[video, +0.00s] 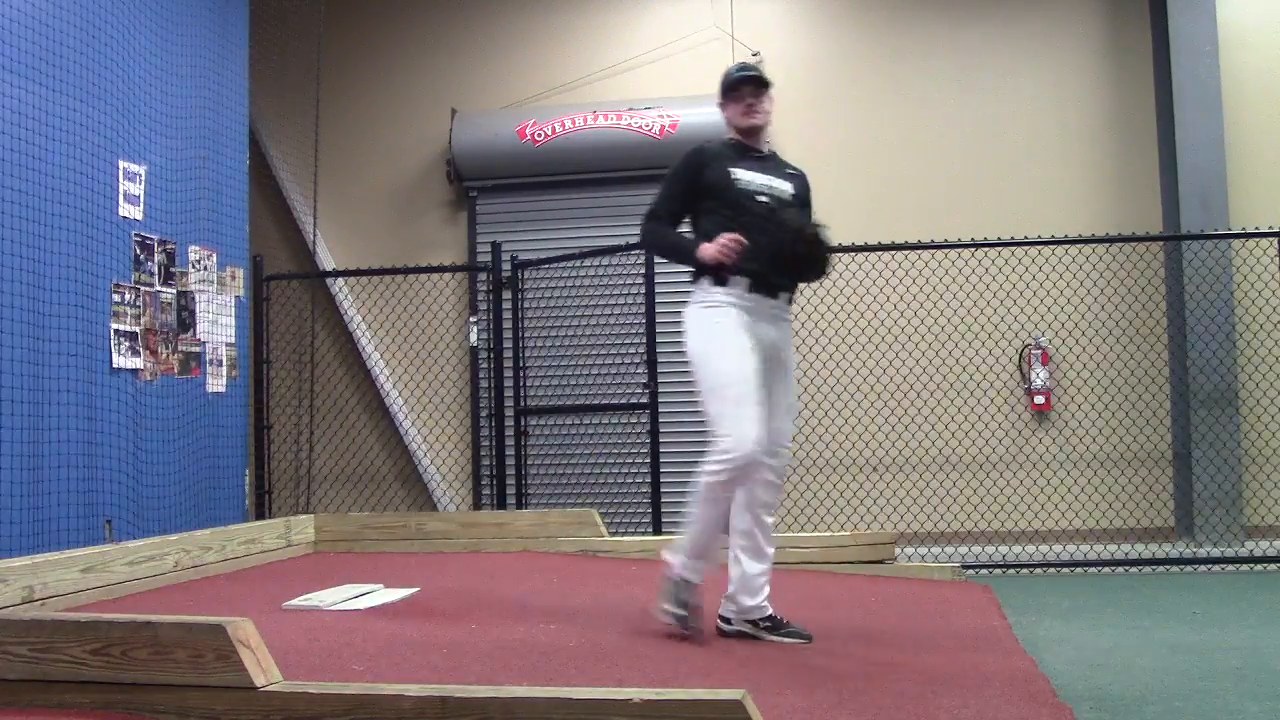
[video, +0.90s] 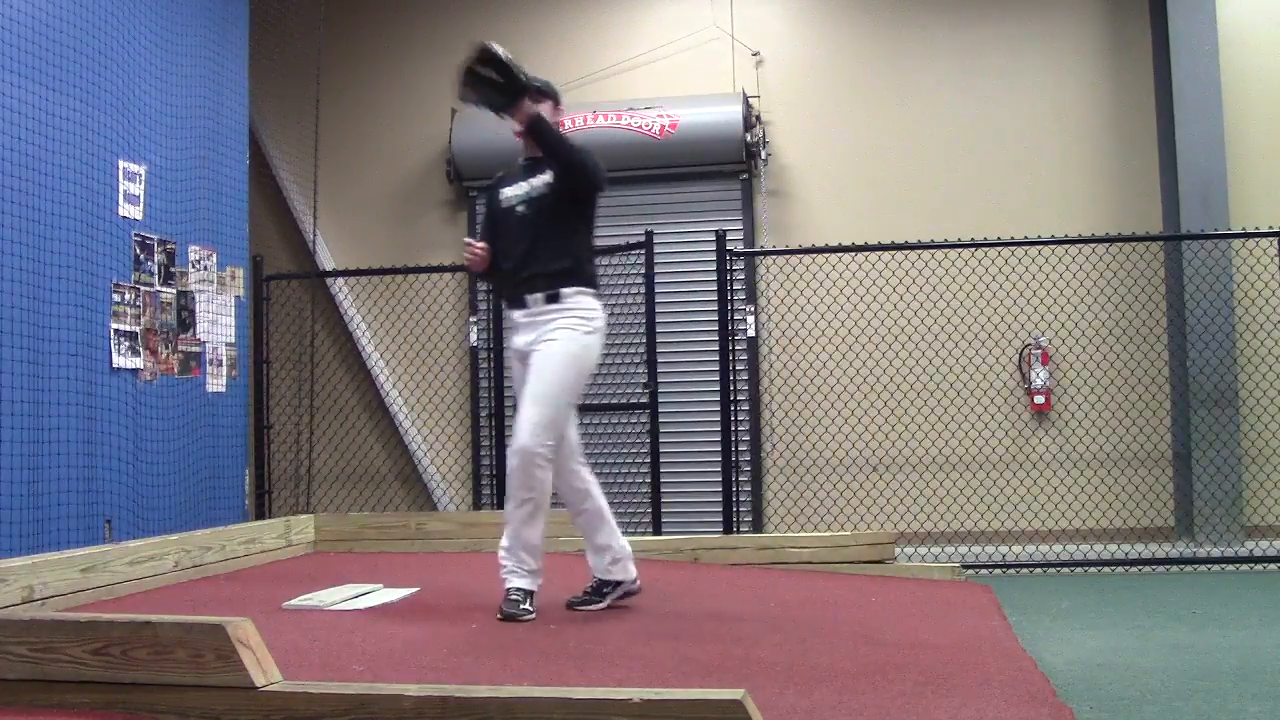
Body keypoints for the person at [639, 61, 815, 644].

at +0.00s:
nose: (751, 105)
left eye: (758, 96)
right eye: (740, 98)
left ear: (772, 104)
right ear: (723, 108)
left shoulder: (793, 179)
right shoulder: (703, 159)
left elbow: (810, 263)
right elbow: (653, 231)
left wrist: (807, 251)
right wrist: (699, 250)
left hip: (775, 319)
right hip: (719, 309)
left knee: (770, 460)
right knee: (740, 445)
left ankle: (746, 606)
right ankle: (683, 575)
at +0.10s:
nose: (725, 111)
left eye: (733, 102)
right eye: (715, 105)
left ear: (750, 108)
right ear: (702, 114)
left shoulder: (777, 181)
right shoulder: (681, 165)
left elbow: (801, 263)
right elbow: (639, 241)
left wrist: (768, 249)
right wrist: (692, 249)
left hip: (758, 327)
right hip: (694, 321)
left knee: (755, 465)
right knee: (680, 455)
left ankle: (744, 606)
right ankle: (636, 559)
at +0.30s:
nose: (666, 119)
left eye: (675, 110)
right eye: (657, 112)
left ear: (695, 119)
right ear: (646, 123)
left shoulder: (727, 186)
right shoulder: (626, 183)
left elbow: (752, 267)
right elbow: (592, 258)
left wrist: (708, 252)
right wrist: (629, 246)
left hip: (702, 337)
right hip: (633, 334)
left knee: (722, 464)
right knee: (611, 464)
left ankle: (740, 605)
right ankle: (615, 579)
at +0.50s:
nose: (609, 122)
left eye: (618, 113)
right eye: (601, 116)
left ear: (639, 120)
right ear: (592, 126)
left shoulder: (667, 185)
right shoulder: (577, 186)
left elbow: (689, 264)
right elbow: (547, 271)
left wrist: (649, 231)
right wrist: (556, 257)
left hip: (644, 336)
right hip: (582, 334)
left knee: (666, 456)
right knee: (596, 465)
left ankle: (708, 591)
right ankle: (618, 580)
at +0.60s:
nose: (585, 119)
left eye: (596, 110)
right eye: (577, 112)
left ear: (618, 118)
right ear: (567, 123)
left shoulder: (642, 178)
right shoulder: (557, 183)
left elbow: (661, 247)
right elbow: (537, 263)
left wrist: (615, 198)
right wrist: (533, 262)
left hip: (626, 329)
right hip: (566, 331)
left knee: (629, 446)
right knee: (590, 459)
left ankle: (660, 589)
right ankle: (616, 577)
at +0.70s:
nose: (563, 118)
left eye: (573, 108)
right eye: (556, 110)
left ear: (595, 117)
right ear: (547, 121)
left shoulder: (618, 171)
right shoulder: (536, 186)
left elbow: (639, 227)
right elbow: (517, 262)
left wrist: (586, 166)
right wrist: (511, 263)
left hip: (613, 323)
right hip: (554, 330)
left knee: (589, 443)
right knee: (582, 456)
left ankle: (599, 584)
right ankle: (624, 576)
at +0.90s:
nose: (529, 119)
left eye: (538, 110)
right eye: (523, 113)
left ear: (556, 115)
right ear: (512, 122)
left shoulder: (577, 168)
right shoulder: (499, 188)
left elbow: (582, 173)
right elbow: (495, 264)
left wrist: (530, 116)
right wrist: (480, 262)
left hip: (571, 315)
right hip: (521, 324)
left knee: (529, 442)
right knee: (563, 458)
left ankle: (520, 580)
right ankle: (617, 571)